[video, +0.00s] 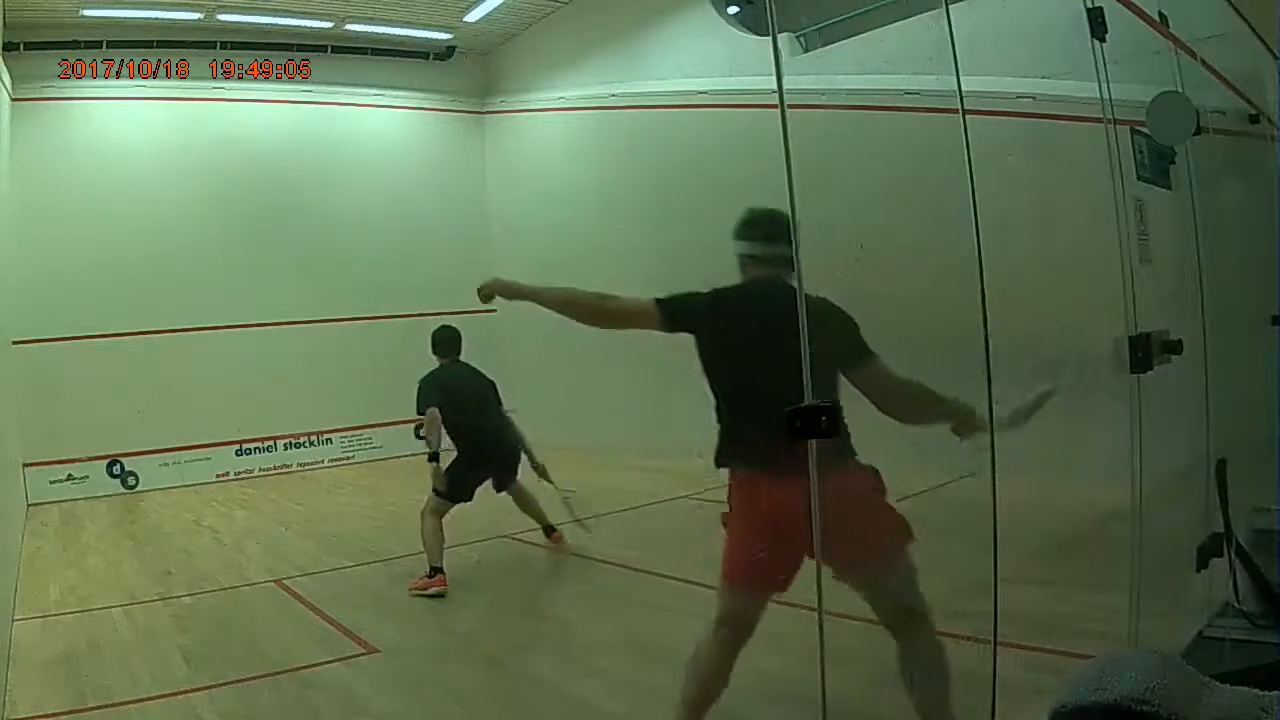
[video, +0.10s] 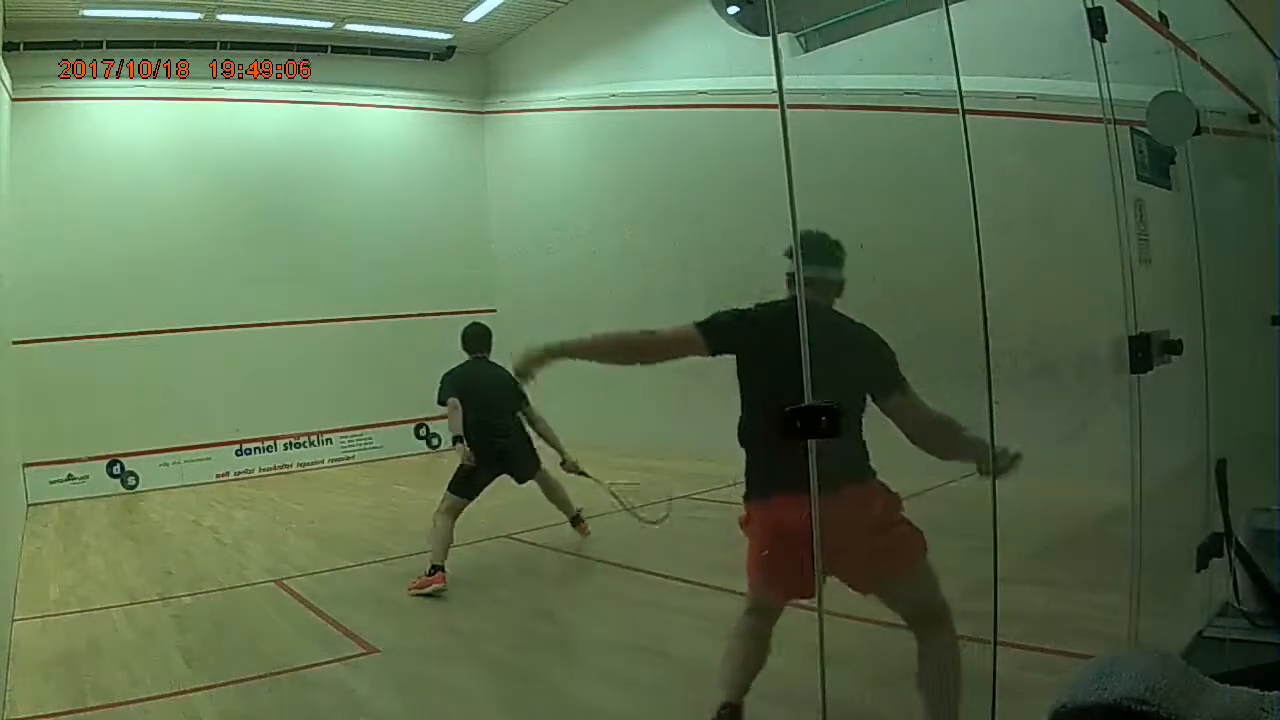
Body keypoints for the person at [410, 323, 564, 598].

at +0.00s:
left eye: (436, 348)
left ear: (434, 351)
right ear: (460, 348)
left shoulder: (431, 382)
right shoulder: (480, 377)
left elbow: (432, 417)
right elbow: (505, 419)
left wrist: (434, 464)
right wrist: (534, 459)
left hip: (474, 456)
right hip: (507, 448)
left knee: (432, 513)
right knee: (512, 485)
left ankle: (436, 574)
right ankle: (551, 531)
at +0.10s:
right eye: (487, 344)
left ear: (464, 347)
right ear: (490, 345)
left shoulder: (453, 377)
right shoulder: (504, 376)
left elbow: (454, 406)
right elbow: (534, 419)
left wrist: (459, 442)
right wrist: (564, 454)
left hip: (481, 455)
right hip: (517, 450)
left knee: (446, 513)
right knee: (542, 476)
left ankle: (436, 571)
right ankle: (577, 520)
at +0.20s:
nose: (542, 348)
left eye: (535, 343)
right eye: (543, 344)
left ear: (518, 345)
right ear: (543, 347)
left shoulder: (501, 369)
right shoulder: (550, 376)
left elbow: (487, 396)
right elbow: (588, 413)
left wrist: (477, 422)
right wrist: (618, 443)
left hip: (508, 444)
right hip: (543, 444)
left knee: (479, 501)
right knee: (577, 477)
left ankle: (446, 555)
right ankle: (607, 508)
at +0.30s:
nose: (591, 370)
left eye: (586, 366)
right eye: (592, 366)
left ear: (567, 365)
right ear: (591, 369)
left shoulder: (549, 380)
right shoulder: (595, 396)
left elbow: (513, 399)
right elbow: (628, 423)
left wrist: (486, 427)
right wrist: (660, 444)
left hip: (531, 445)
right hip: (568, 449)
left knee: (505, 497)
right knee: (600, 478)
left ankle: (480, 545)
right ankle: (624, 519)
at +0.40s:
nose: (632, 398)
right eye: (633, 394)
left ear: (610, 386)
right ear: (630, 393)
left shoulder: (581, 397)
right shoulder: (624, 408)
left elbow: (542, 408)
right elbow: (655, 431)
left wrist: (510, 427)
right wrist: (647, 417)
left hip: (548, 443)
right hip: (583, 447)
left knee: (531, 502)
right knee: (616, 463)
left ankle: (512, 535)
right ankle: (625, 518)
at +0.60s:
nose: (648, 394)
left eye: (650, 388)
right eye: (647, 385)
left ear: (626, 377)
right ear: (634, 379)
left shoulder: (602, 386)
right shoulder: (637, 403)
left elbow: (560, 404)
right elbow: (645, 442)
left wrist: (531, 431)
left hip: (556, 426)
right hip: (588, 428)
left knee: (544, 489)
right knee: (621, 459)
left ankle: (539, 525)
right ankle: (626, 518)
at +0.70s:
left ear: (610, 356)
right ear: (627, 361)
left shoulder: (584, 372)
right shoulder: (626, 381)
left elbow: (553, 395)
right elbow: (630, 423)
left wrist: (530, 423)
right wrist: (644, 456)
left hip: (554, 421)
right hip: (587, 422)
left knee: (543, 482)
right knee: (615, 462)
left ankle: (525, 526)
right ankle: (625, 517)